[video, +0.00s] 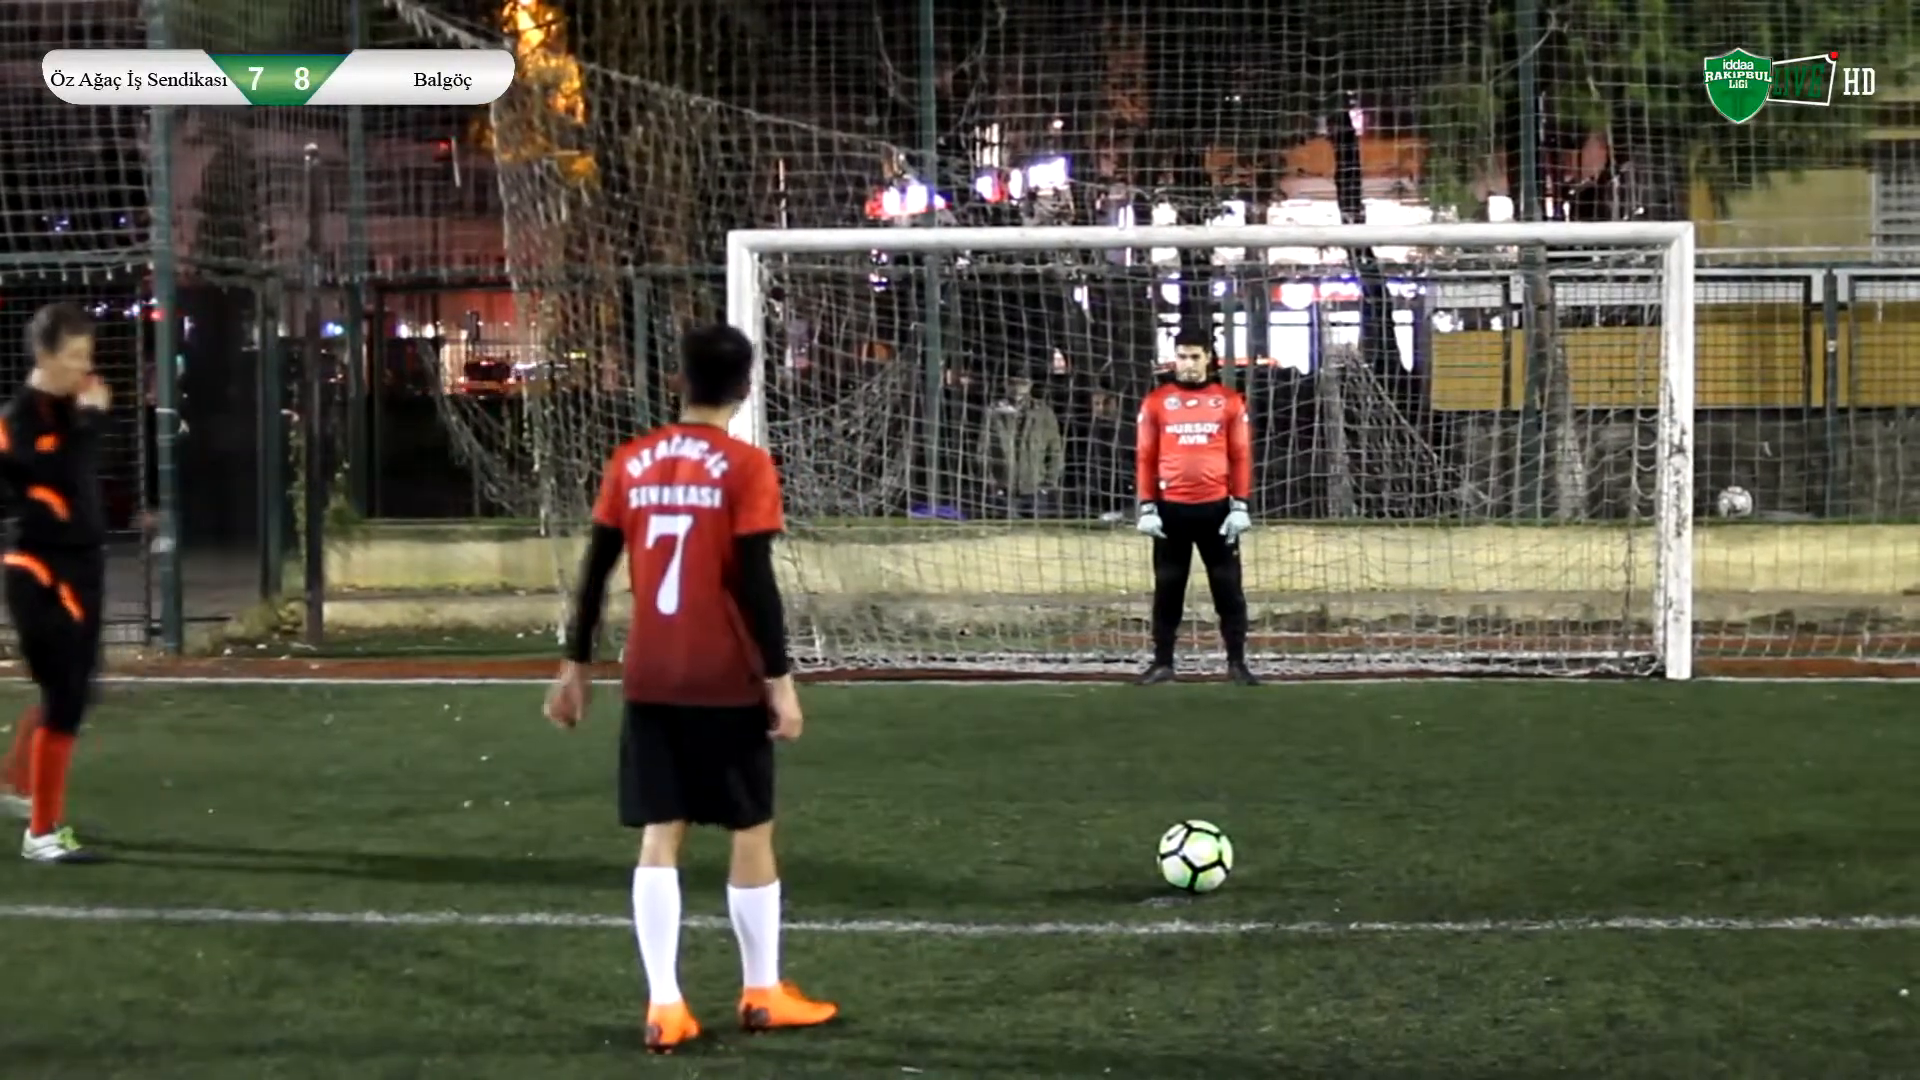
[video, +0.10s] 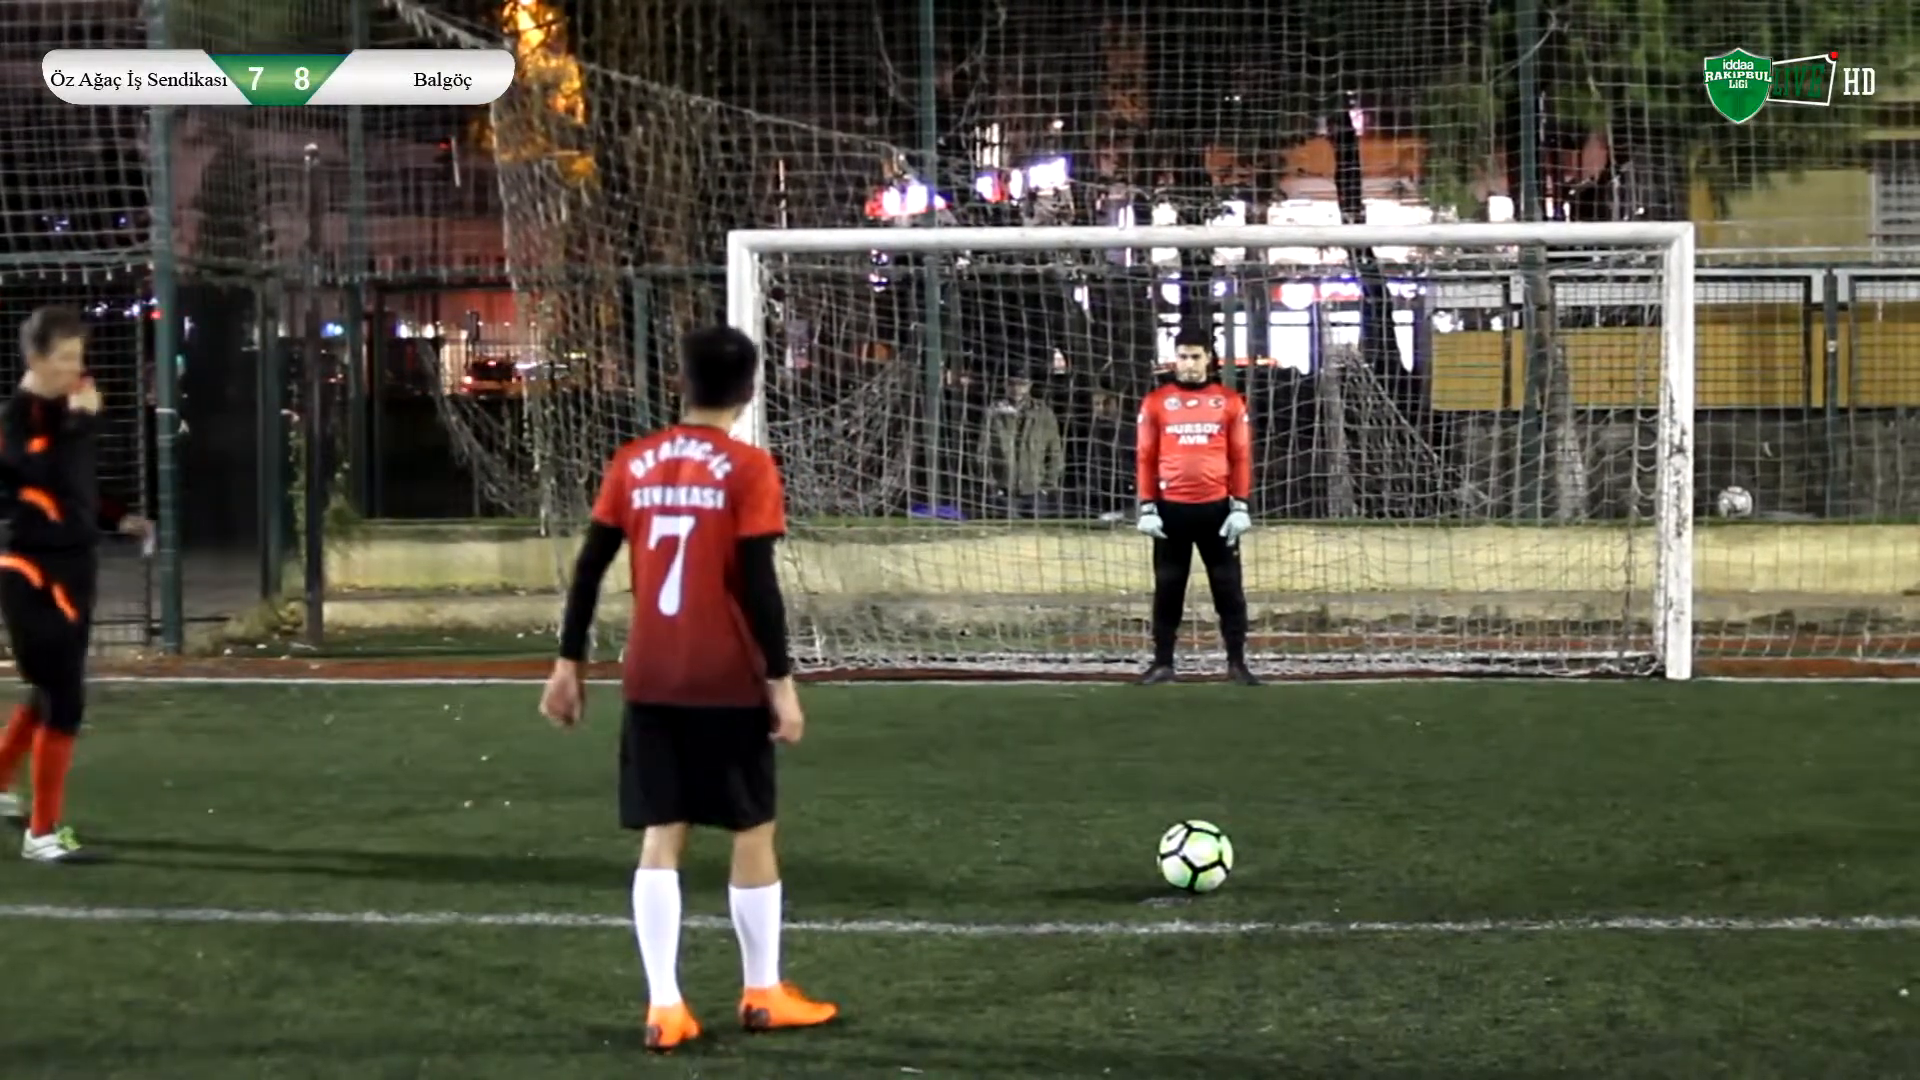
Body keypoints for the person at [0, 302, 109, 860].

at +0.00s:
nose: (87, 367)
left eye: (89, 356)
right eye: (78, 356)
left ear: (81, 358)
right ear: (49, 356)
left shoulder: (70, 413)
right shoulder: (24, 414)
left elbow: (76, 482)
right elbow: (59, 481)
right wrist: (89, 423)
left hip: (78, 564)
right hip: (39, 565)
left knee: (69, 687)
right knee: (63, 689)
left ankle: (17, 784)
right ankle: (44, 828)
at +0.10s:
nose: (78, 368)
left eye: (81, 357)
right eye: (69, 358)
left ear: (75, 359)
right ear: (37, 358)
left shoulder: (70, 411)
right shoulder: (18, 415)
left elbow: (78, 492)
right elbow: (44, 485)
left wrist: (119, 520)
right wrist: (79, 420)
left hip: (69, 568)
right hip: (31, 570)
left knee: (49, 692)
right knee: (63, 697)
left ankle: (6, 779)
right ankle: (42, 829)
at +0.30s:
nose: (63, 375)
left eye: (67, 365)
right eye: (54, 365)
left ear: (66, 366)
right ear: (23, 365)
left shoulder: (58, 418)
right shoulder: (10, 419)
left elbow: (66, 499)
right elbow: (21, 499)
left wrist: (103, 527)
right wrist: (65, 437)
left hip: (48, 581)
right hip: (15, 582)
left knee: (17, 696)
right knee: (51, 695)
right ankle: (42, 828)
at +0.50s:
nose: (55, 380)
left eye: (57, 369)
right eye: (46, 368)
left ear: (48, 369)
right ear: (14, 367)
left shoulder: (34, 425)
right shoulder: (9, 426)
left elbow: (40, 503)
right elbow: (14, 514)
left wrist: (80, 531)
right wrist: (61, 469)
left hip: (29, 579)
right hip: (8, 583)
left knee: (23, 691)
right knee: (26, 690)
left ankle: (37, 821)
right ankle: (35, 822)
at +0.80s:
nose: (46, 377)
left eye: (47, 365)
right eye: (39, 364)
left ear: (29, 365)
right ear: (8, 363)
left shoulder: (25, 425)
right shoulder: (6, 426)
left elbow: (39, 498)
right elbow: (8, 506)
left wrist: (75, 509)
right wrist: (49, 514)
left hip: (16, 586)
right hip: (2, 589)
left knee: (14, 692)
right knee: (13, 691)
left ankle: (5, 812)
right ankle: (3, 812)